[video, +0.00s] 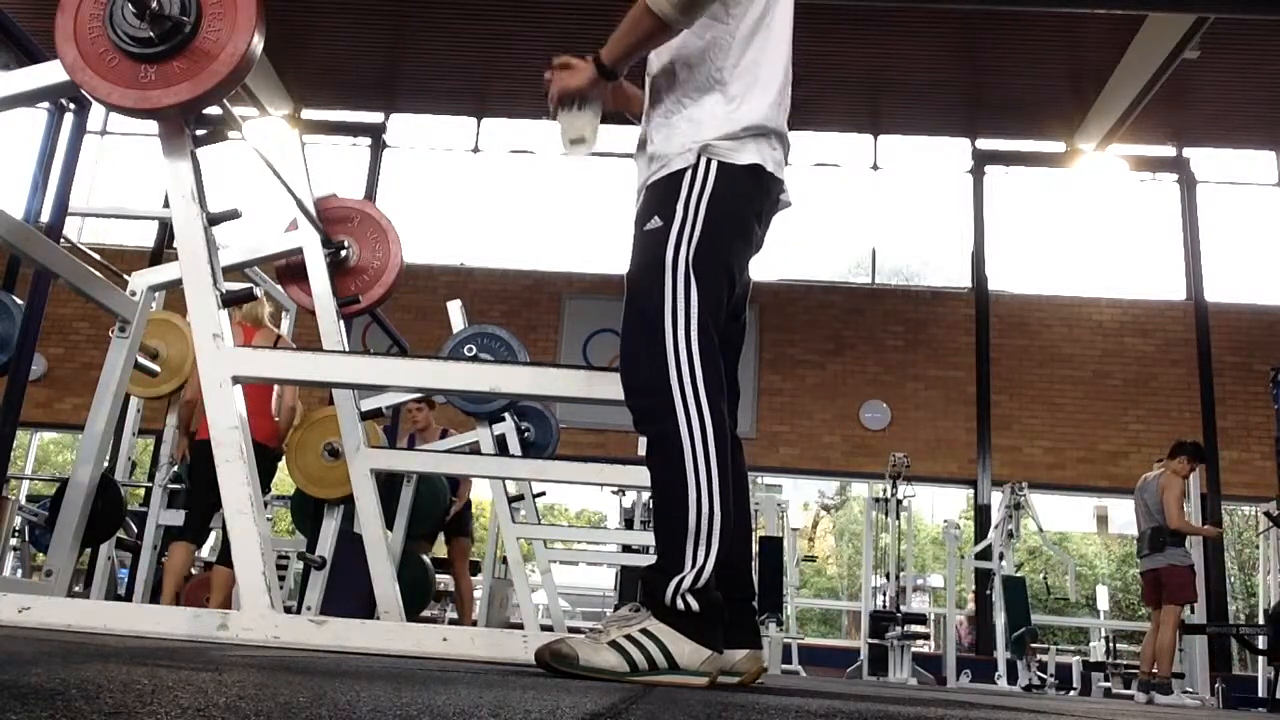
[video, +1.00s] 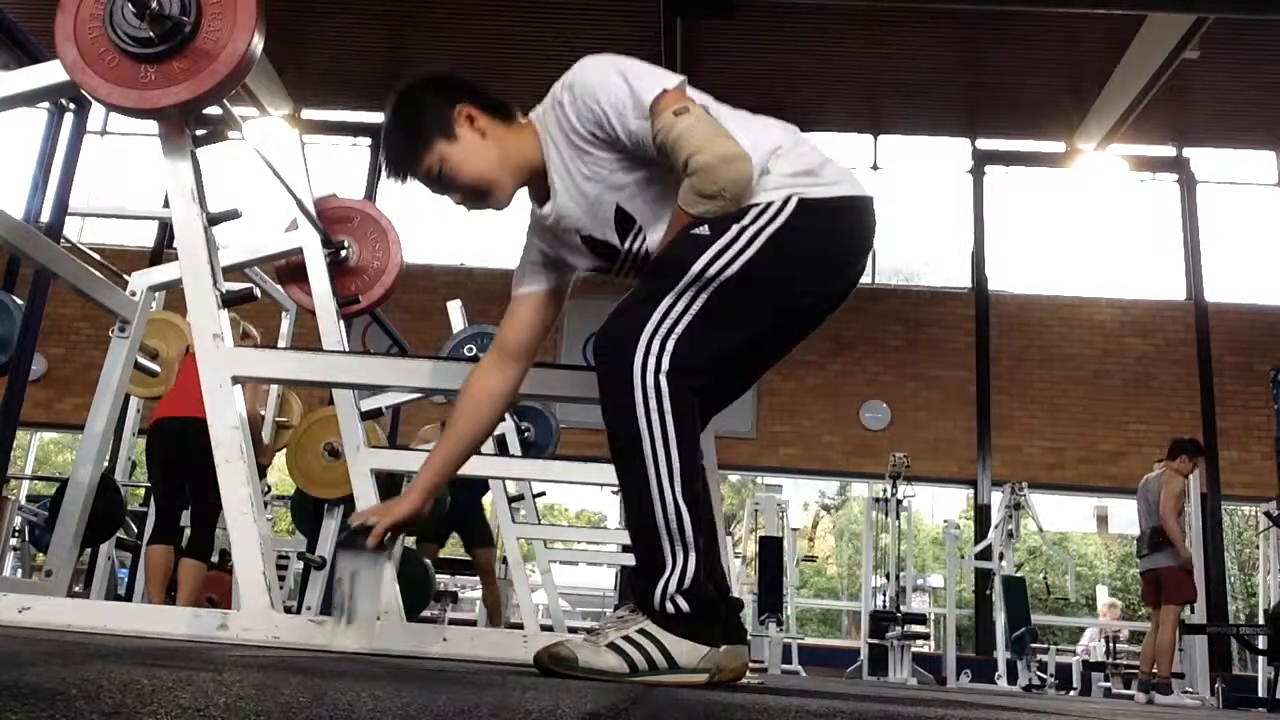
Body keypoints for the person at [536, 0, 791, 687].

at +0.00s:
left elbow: (668, 5)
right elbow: (687, 101)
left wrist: (600, 64)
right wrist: (611, 90)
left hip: (710, 147)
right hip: (699, 152)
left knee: (668, 372)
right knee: (697, 394)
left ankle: (689, 621)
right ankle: (730, 632)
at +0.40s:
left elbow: (674, 30)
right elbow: (716, 106)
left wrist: (621, 156)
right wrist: (633, 181)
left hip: (728, 150)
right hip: (757, 153)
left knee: (676, 376)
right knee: (708, 389)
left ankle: (688, 623)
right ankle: (723, 629)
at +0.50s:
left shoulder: (662, 4)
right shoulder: (656, 16)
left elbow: (671, 70)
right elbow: (680, 153)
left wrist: (634, 196)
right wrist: (611, 241)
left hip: (744, 147)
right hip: (780, 152)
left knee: (680, 373)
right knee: (706, 388)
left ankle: (686, 623)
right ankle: (709, 627)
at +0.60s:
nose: (515, 13)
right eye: (509, 8)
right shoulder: (608, 58)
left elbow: (676, 104)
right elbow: (635, 188)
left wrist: (643, 227)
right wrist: (588, 294)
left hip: (765, 153)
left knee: (678, 366)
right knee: (706, 388)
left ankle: (687, 624)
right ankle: (711, 629)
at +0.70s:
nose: (480, 58)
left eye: (472, 35)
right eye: (470, 51)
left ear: (504, 2)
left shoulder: (612, 9)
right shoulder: (592, 114)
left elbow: (693, 139)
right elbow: (599, 251)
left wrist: (671, 233)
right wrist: (550, 362)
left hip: (780, 162)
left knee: (666, 356)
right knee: (699, 388)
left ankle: (684, 624)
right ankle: (712, 632)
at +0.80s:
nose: (464, 115)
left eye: (454, 93)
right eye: (452, 106)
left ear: (486, 46)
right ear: (492, 55)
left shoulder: (603, 30)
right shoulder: (574, 158)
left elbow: (706, 148)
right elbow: (563, 288)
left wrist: (667, 250)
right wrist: (504, 417)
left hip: (787, 173)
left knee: (652, 349)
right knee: (686, 393)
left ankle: (687, 623)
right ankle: (707, 629)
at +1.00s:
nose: (453, 196)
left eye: (442, 172)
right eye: (437, 189)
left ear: (472, 121)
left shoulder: (589, 85)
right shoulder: (552, 230)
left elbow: (721, 169)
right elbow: (501, 366)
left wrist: (658, 257)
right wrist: (417, 493)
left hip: (801, 201)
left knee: (635, 348)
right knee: (657, 396)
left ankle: (684, 621)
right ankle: (702, 624)